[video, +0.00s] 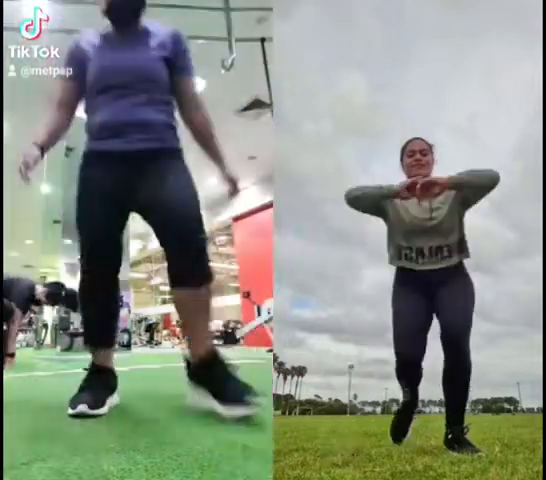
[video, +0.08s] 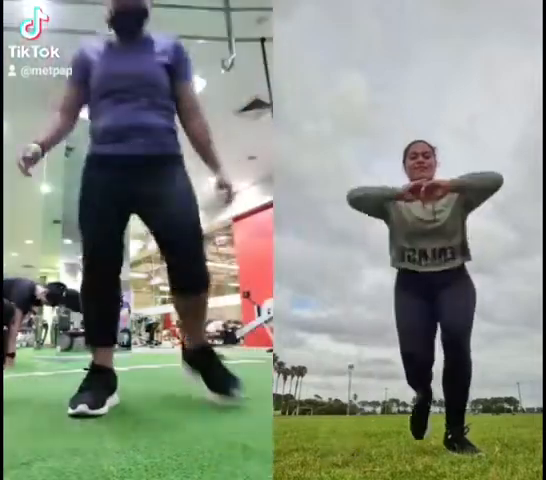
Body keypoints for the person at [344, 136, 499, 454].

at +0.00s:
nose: (417, 158)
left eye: (423, 153)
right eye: (411, 154)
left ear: (434, 160)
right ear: (401, 164)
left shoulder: (455, 194)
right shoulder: (389, 201)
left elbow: (491, 178)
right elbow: (352, 197)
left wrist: (447, 182)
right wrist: (397, 192)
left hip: (452, 281)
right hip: (409, 284)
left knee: (457, 349)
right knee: (406, 357)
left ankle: (456, 433)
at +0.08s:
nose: (420, 160)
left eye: (426, 155)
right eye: (413, 156)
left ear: (436, 163)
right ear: (404, 166)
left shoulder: (458, 198)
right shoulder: (391, 204)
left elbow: (495, 180)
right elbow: (354, 197)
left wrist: (450, 184)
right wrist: (399, 194)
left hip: (453, 284)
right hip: (411, 286)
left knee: (457, 353)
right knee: (414, 361)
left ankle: (455, 433)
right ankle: (423, 395)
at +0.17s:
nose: (429, 177)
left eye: (434, 172)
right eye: (422, 174)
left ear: (445, 179)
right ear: (412, 184)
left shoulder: (467, 214)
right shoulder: (400, 217)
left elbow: (506, 196)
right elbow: (365, 202)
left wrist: (459, 199)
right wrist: (415, 203)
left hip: (461, 298)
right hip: (419, 303)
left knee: (458, 341)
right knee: (435, 388)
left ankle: (456, 434)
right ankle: (459, 417)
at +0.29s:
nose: (433, 197)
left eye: (439, 192)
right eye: (426, 193)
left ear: (449, 198)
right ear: (417, 203)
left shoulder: (472, 232)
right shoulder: (405, 235)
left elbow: (511, 210)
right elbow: (371, 215)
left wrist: (464, 216)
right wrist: (420, 218)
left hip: (468, 315)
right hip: (426, 320)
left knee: (461, 344)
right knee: (440, 390)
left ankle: (457, 427)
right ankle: (461, 433)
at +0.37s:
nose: (437, 214)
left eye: (443, 209)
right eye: (430, 211)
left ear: (453, 217)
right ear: (421, 221)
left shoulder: (476, 251)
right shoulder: (410, 257)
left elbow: (515, 230)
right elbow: (371, 240)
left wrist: (465, 237)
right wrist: (422, 242)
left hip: (473, 331)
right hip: (430, 336)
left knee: (465, 344)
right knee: (442, 398)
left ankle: (460, 429)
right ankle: (461, 437)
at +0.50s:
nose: (439, 219)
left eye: (446, 214)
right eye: (432, 215)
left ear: (456, 221)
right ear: (424, 225)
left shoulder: (477, 261)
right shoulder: (411, 265)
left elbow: (516, 242)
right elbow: (369, 248)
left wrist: (465, 246)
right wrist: (421, 250)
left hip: (476, 340)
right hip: (433, 345)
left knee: (467, 340)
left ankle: (460, 432)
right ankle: (468, 427)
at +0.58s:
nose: (439, 213)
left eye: (446, 208)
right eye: (432, 209)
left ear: (456, 215)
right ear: (424, 217)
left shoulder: (476, 254)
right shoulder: (410, 255)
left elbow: (516, 235)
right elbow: (370, 236)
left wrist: (464, 237)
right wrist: (419, 240)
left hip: (475, 332)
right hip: (431, 335)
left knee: (467, 341)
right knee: (444, 400)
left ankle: (463, 431)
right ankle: (460, 439)